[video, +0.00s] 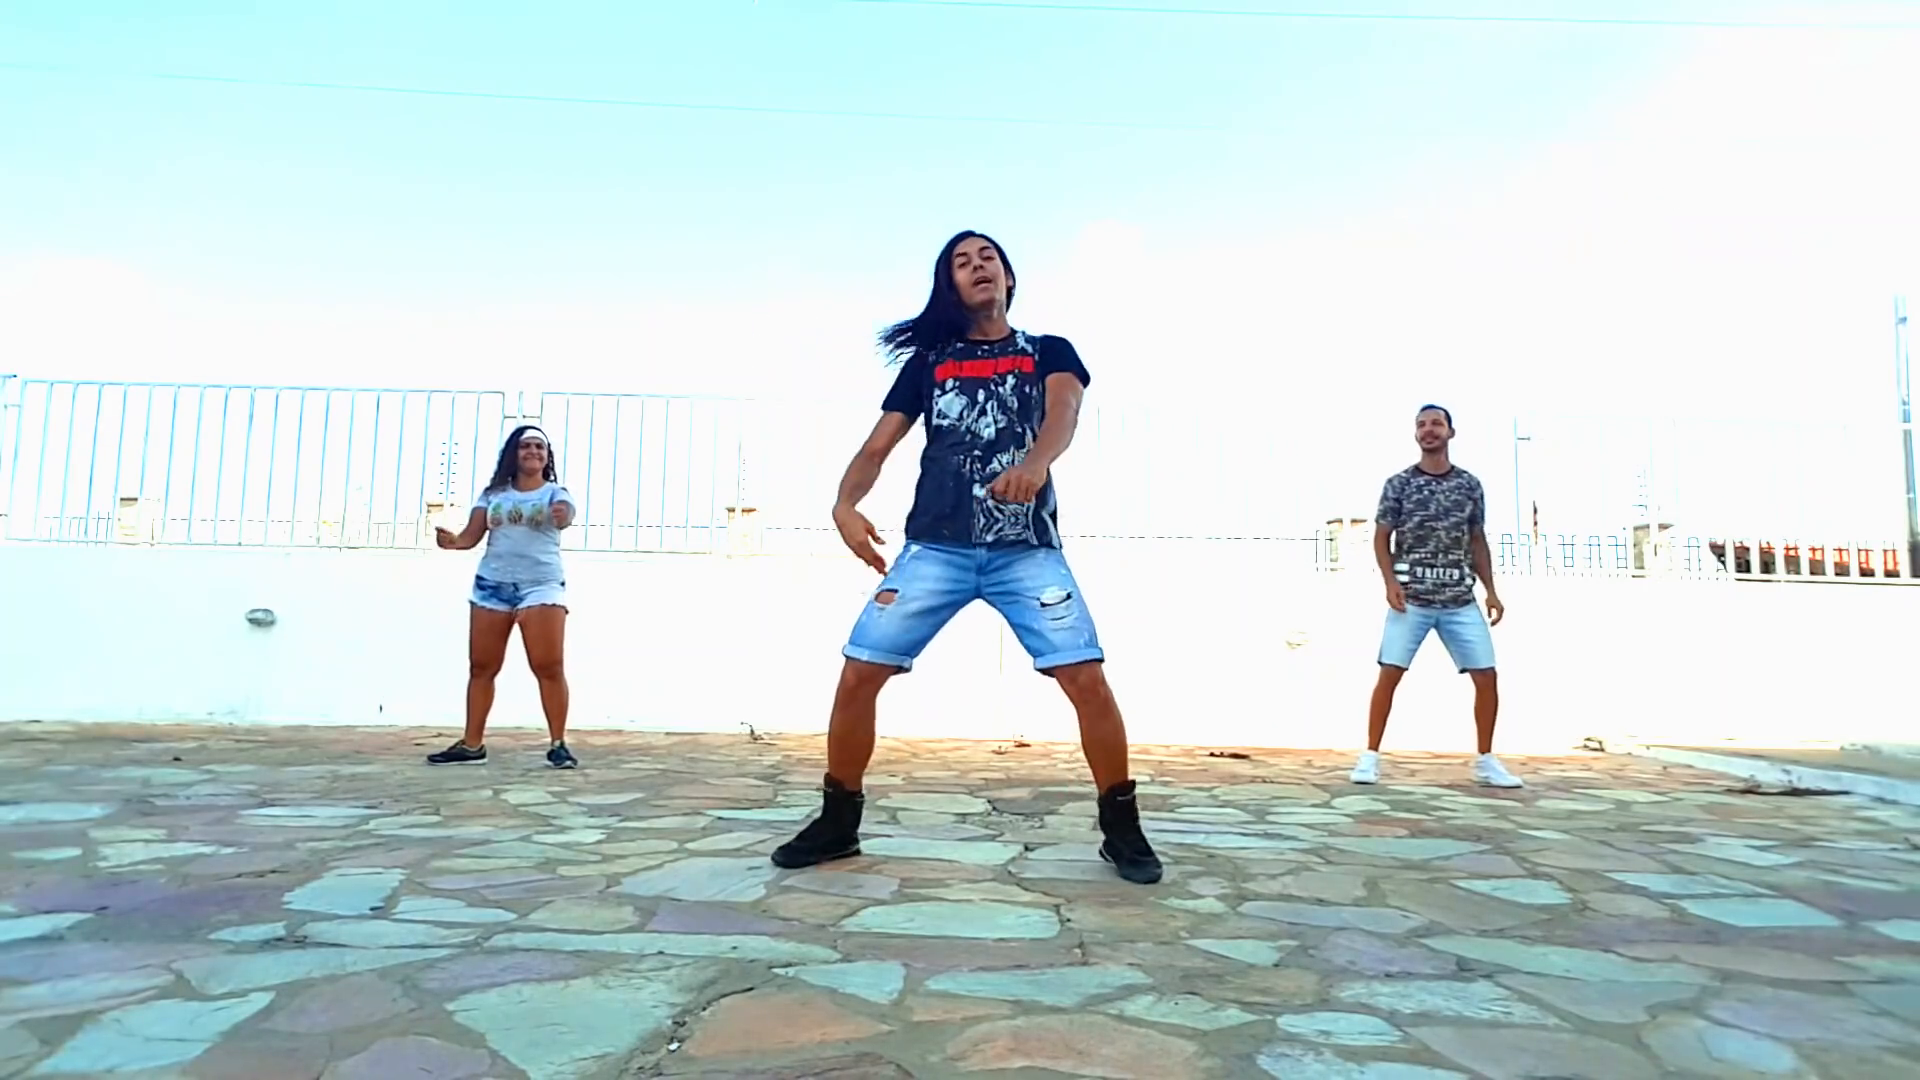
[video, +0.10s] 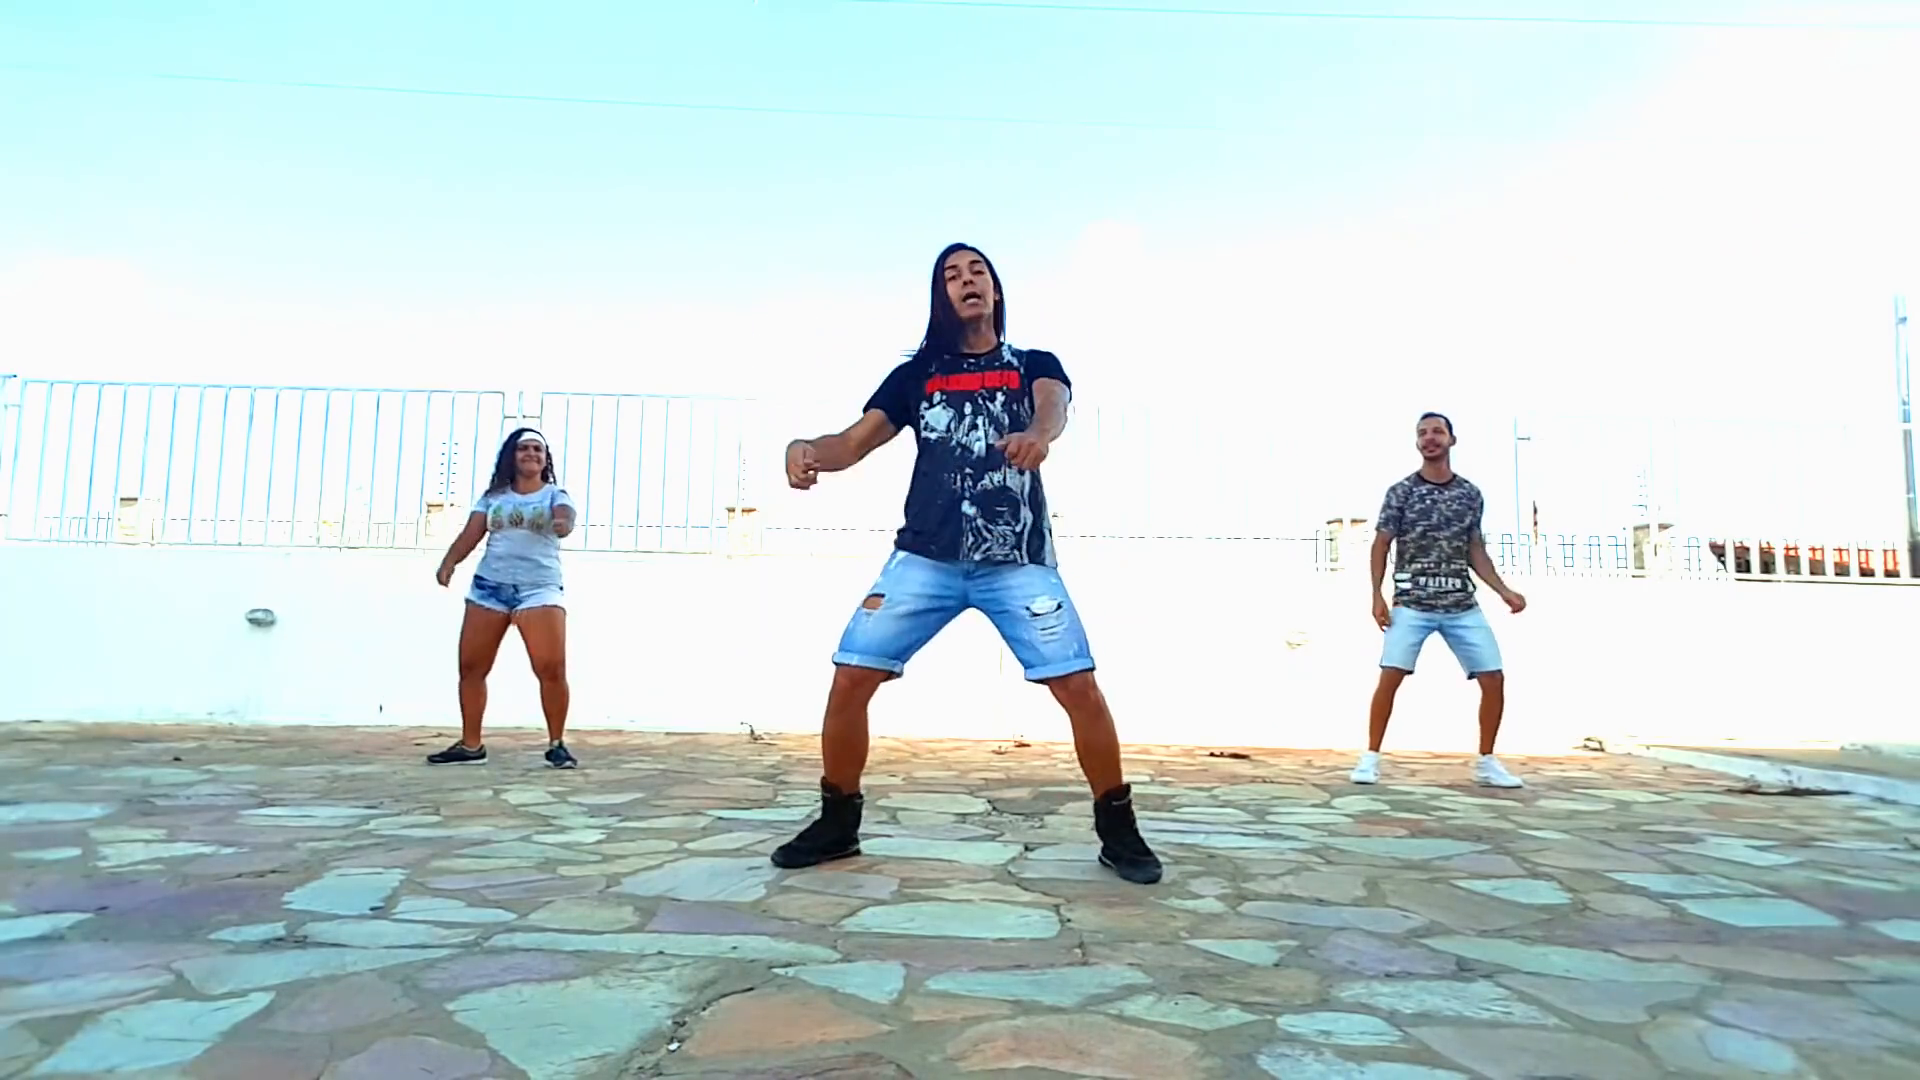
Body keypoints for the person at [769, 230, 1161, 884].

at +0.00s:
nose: (978, 263)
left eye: (987, 255)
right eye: (963, 260)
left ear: (1008, 277)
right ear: (949, 289)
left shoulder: (1049, 350)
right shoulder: (930, 361)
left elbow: (1063, 414)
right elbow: (878, 445)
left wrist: (1037, 463)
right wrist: (843, 504)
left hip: (1027, 553)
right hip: (935, 550)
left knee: (1088, 680)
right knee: (858, 674)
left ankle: (1122, 825)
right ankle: (837, 821)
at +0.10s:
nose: (967, 280)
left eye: (976, 271)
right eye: (953, 276)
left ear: (997, 287)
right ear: (940, 298)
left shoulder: (1035, 365)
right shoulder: (917, 373)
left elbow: (1052, 407)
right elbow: (854, 441)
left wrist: (1038, 435)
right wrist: (808, 451)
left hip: (1019, 563)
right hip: (925, 559)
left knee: (1079, 686)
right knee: (851, 676)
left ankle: (1119, 829)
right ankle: (836, 822)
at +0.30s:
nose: (921, 223)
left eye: (931, 213)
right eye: (907, 217)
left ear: (952, 226)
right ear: (893, 235)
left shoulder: (987, 300)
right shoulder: (874, 304)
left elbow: (1003, 338)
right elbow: (866, 376)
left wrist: (985, 348)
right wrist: (821, 366)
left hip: (967, 493)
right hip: (879, 490)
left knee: (1022, 628)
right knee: (816, 625)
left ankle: (1057, 784)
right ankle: (780, 783)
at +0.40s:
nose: (910, 244)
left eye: (919, 234)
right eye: (895, 239)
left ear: (942, 248)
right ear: (879, 260)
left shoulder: (975, 320)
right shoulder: (862, 326)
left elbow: (987, 346)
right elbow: (854, 373)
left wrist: (964, 357)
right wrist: (870, 400)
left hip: (954, 515)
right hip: (866, 513)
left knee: (1007, 651)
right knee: (795, 647)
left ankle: (1023, 807)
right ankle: (753, 797)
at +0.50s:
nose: (909, 288)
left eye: (918, 276)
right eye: (895, 280)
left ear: (938, 287)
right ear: (876, 298)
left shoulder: (969, 362)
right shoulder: (854, 369)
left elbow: (989, 388)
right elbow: (826, 411)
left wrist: (944, 380)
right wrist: (892, 408)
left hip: (953, 561)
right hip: (862, 558)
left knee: (1011, 684)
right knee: (779, 673)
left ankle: (1033, 824)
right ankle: (755, 816)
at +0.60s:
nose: (877, 284)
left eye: (885, 272)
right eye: (863, 276)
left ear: (904, 283)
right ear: (848, 291)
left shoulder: (933, 358)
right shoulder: (822, 358)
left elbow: (963, 398)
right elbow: (778, 403)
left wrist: (925, 396)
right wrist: (816, 382)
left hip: (916, 551)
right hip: (828, 548)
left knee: (981, 674)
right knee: (760, 670)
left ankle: (1019, 820)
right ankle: (744, 820)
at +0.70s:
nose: (850, 226)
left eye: (860, 216)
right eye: (837, 219)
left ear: (879, 229)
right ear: (821, 237)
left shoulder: (914, 305)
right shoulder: (801, 304)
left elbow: (937, 336)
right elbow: (763, 365)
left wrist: (927, 351)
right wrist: (769, 332)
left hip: (893, 497)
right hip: (805, 493)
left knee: (956, 620)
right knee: (738, 622)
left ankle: (986, 776)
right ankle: (704, 777)